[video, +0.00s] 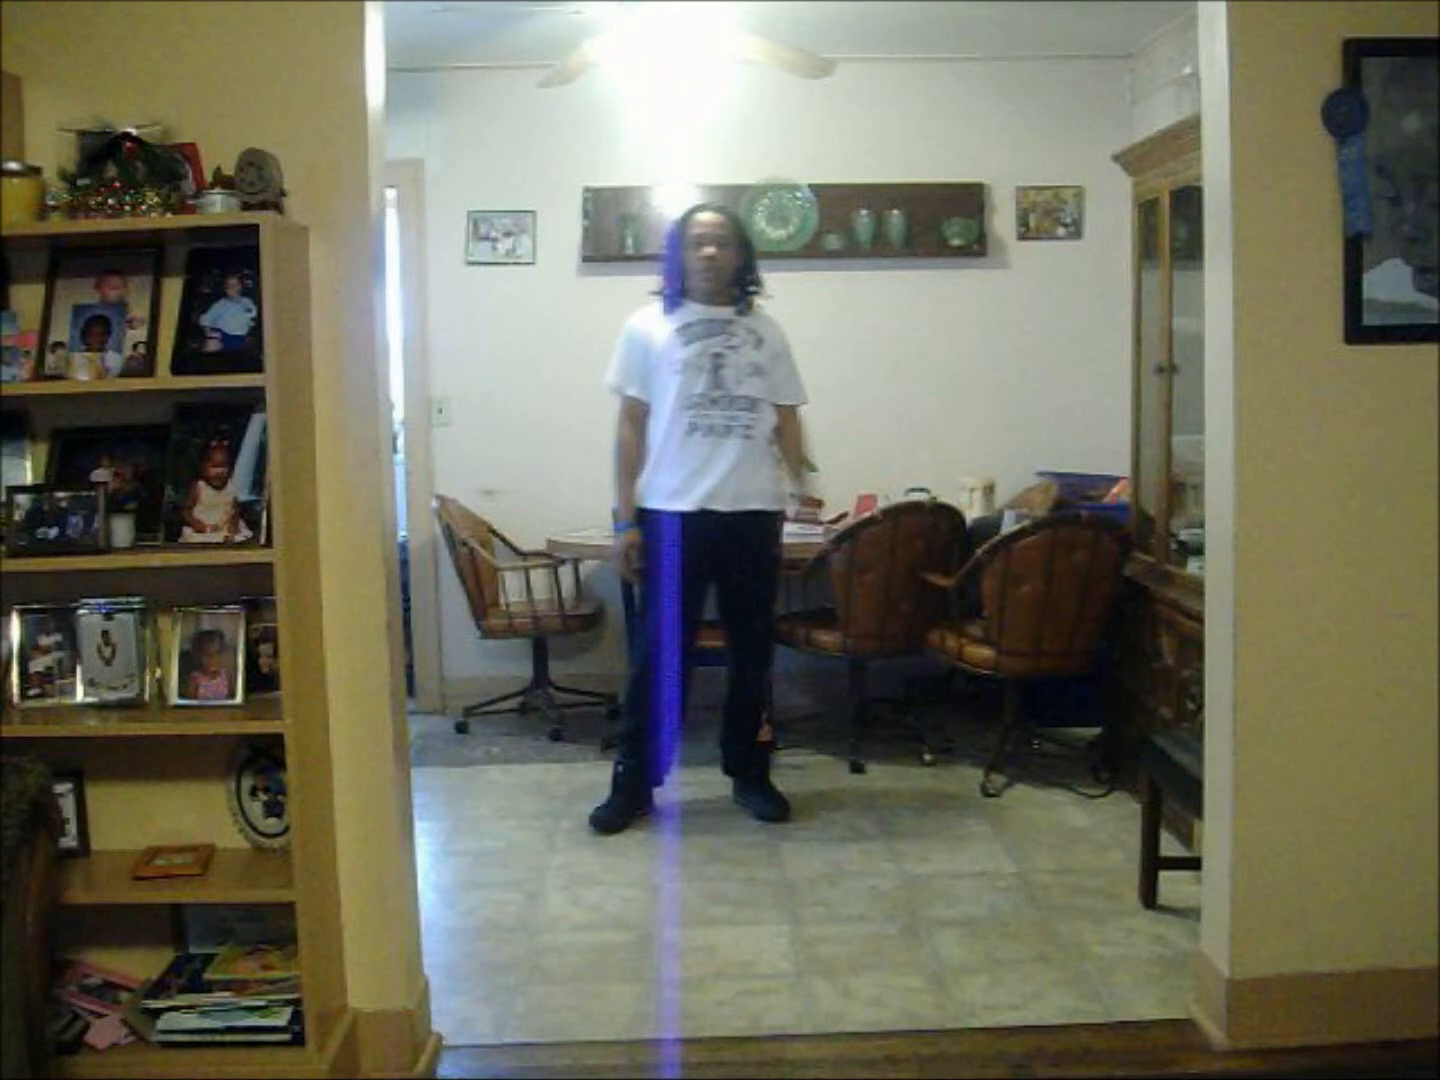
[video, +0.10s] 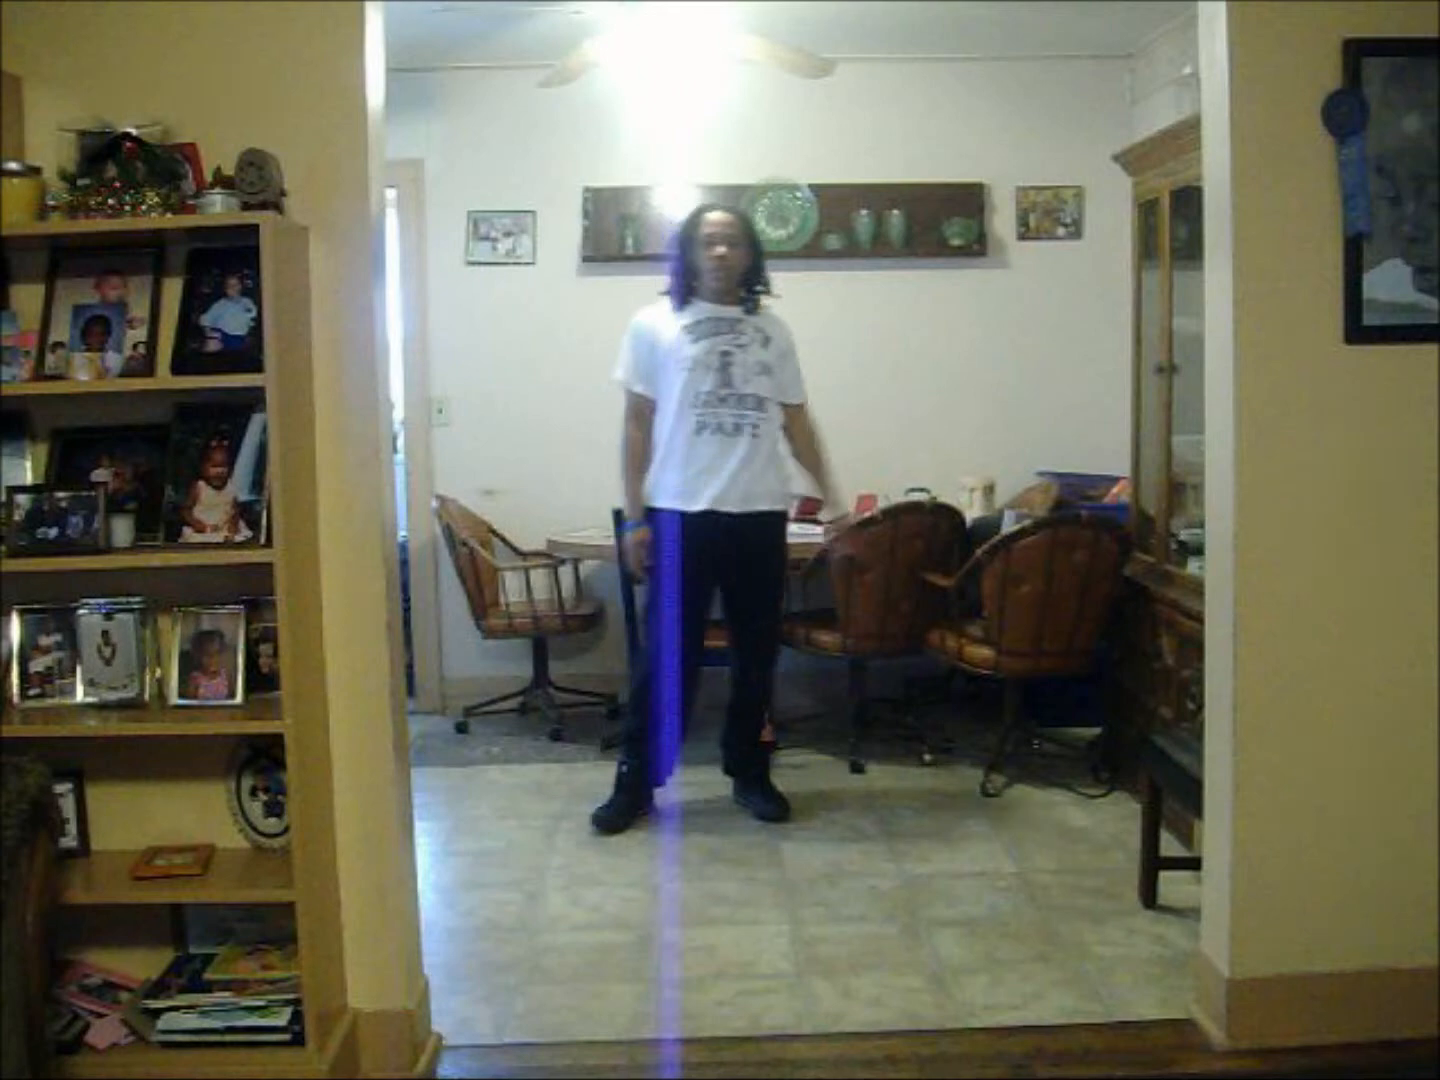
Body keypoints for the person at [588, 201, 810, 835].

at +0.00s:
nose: (710, 253)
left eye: (722, 243)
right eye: (698, 243)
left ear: (742, 258)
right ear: (677, 258)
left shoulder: (763, 329)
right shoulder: (648, 327)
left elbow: (786, 417)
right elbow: (632, 425)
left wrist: (802, 482)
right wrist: (625, 518)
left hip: (753, 513)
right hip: (673, 512)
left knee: (751, 655)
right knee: (656, 655)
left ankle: (750, 774)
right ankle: (633, 785)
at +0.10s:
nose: (721, 252)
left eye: (733, 243)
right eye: (709, 243)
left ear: (751, 256)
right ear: (687, 256)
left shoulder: (771, 328)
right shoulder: (655, 326)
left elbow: (796, 420)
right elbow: (638, 425)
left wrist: (831, 498)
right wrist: (633, 514)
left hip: (759, 516)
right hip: (680, 514)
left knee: (756, 657)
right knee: (666, 657)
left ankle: (750, 776)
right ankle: (635, 784)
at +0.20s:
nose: (731, 253)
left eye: (742, 243)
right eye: (719, 243)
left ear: (759, 256)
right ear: (696, 256)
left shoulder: (778, 327)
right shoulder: (662, 323)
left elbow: (804, 419)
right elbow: (641, 422)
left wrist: (845, 499)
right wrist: (643, 513)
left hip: (763, 516)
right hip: (684, 513)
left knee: (760, 658)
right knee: (670, 660)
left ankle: (750, 774)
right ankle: (639, 783)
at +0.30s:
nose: (742, 253)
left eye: (752, 244)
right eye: (730, 243)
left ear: (770, 256)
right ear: (707, 254)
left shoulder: (789, 326)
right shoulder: (672, 322)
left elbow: (809, 420)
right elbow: (647, 417)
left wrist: (834, 499)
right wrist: (649, 507)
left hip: (767, 511)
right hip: (691, 507)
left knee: (764, 652)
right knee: (676, 651)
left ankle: (749, 773)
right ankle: (642, 778)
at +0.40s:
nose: (747, 254)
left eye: (757, 245)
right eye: (735, 245)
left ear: (774, 256)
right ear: (711, 254)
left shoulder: (791, 327)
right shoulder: (676, 320)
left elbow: (805, 417)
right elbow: (650, 416)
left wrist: (816, 490)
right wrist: (647, 507)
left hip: (769, 509)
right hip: (691, 504)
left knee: (766, 651)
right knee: (677, 650)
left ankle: (750, 772)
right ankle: (648, 780)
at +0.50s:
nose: (752, 255)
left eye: (761, 245)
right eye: (739, 245)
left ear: (778, 255)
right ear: (715, 254)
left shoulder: (796, 327)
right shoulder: (678, 319)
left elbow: (805, 429)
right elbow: (652, 412)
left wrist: (782, 511)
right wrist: (645, 506)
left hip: (761, 508)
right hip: (688, 502)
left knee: (760, 648)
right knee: (684, 648)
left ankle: (750, 774)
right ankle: (670, 785)